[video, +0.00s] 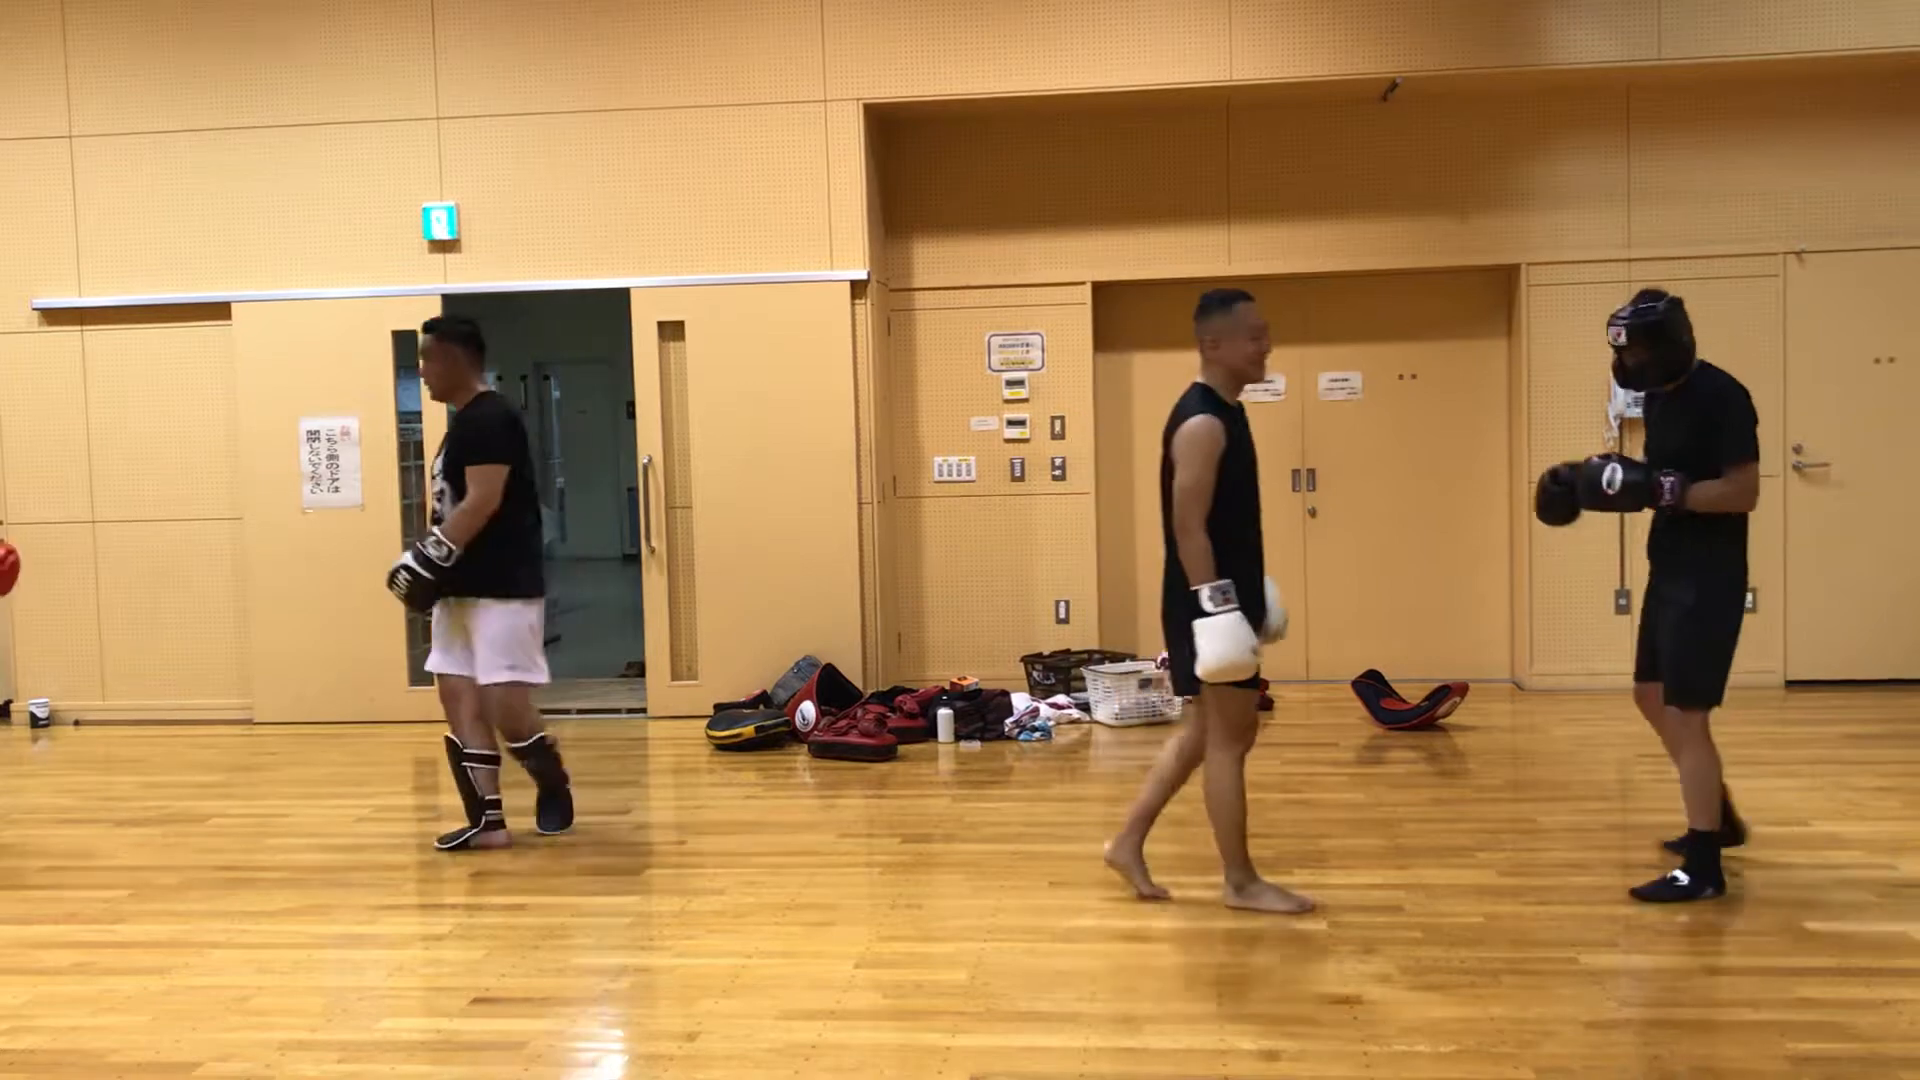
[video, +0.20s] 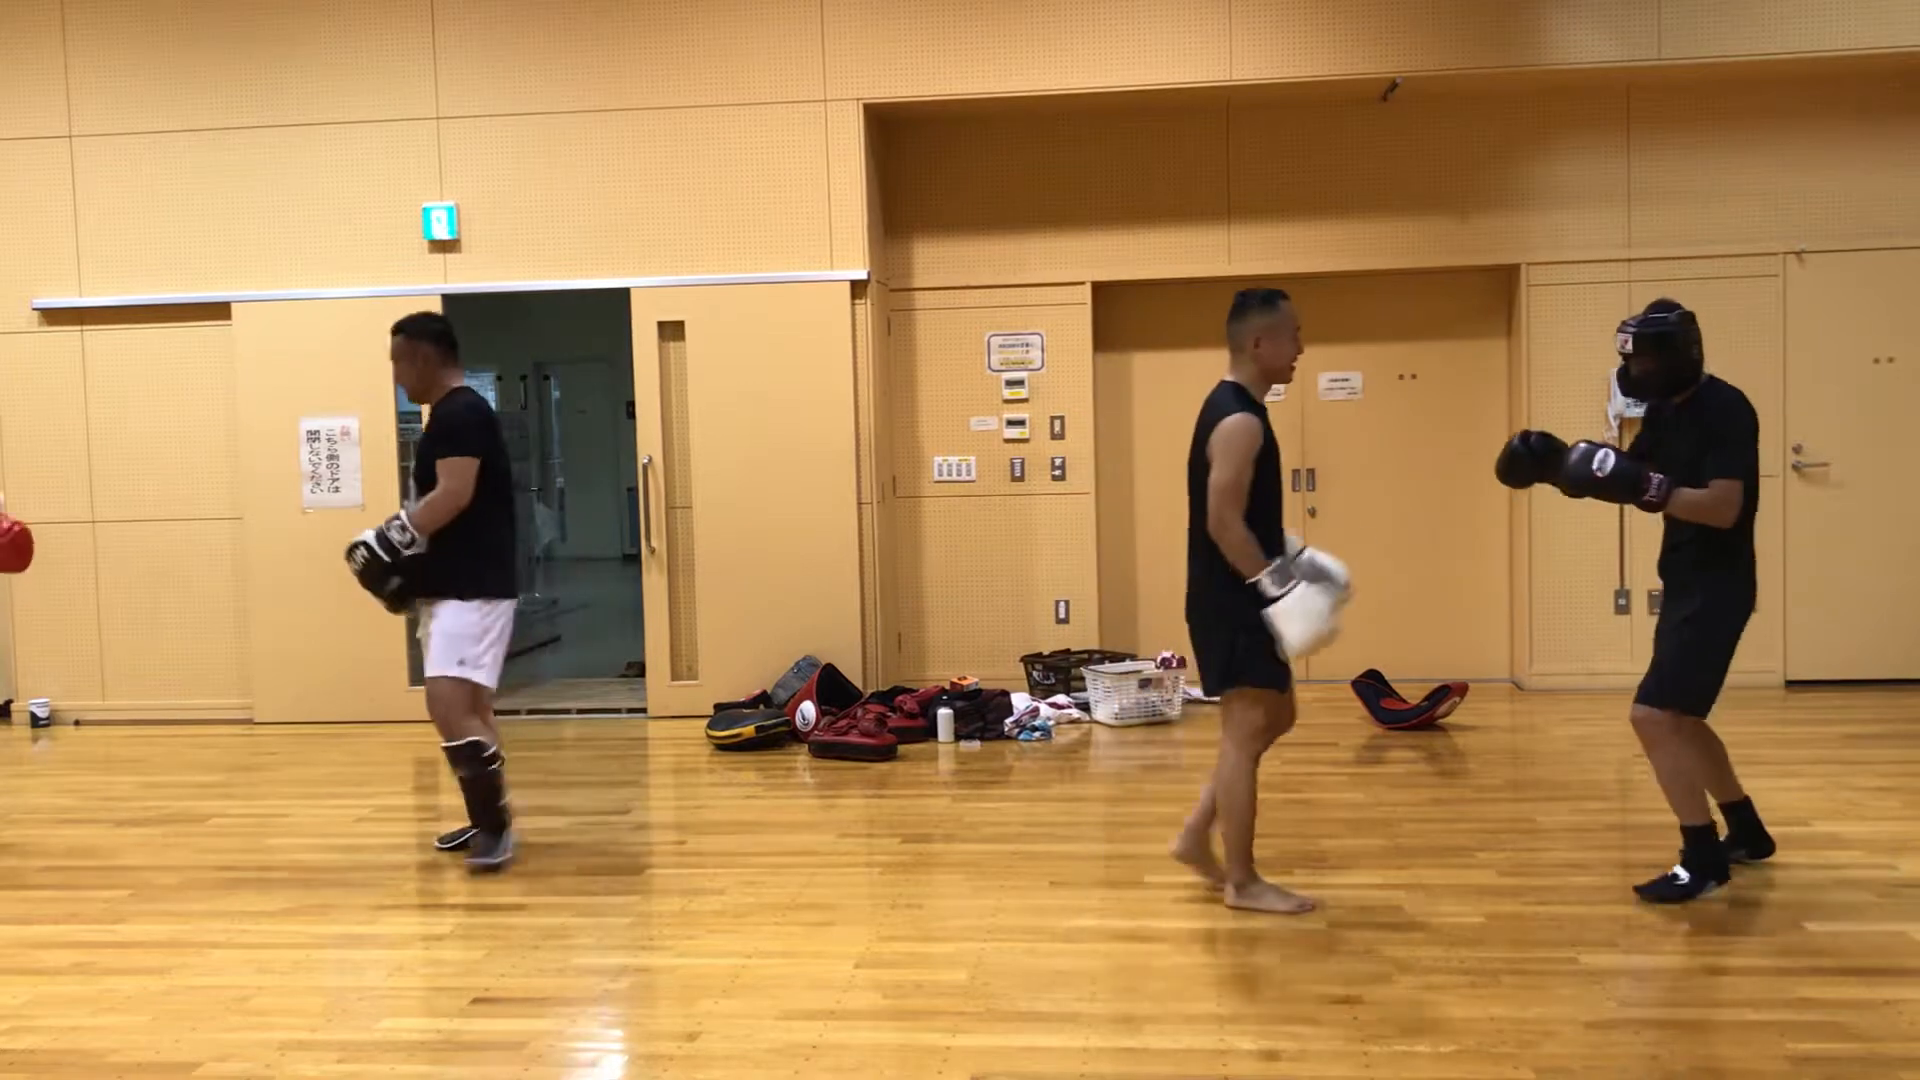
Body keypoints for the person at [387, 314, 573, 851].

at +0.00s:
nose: (422, 370)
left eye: (429, 359)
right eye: (422, 360)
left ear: (463, 360)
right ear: (454, 362)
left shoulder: (490, 418)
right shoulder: (462, 422)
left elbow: (483, 499)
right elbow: (454, 504)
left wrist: (430, 559)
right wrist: (423, 556)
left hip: (504, 585)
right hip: (459, 585)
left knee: (505, 703)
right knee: (458, 695)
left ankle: (551, 780)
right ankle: (486, 819)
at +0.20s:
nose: (396, 373)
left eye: (401, 361)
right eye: (395, 362)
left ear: (430, 358)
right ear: (433, 358)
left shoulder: (460, 413)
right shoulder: (448, 414)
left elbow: (455, 493)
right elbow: (448, 501)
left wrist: (389, 536)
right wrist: (402, 556)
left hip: (474, 586)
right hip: (464, 585)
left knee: (447, 698)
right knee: (471, 704)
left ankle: (492, 828)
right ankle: (490, 820)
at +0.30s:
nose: (375, 401)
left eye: (375, 388)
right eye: (370, 391)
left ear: (402, 369)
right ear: (397, 372)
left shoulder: (440, 414)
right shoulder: (425, 417)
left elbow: (432, 496)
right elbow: (423, 500)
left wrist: (367, 523)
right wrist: (372, 531)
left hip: (447, 593)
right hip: (451, 591)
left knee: (431, 710)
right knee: (472, 705)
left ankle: (421, 852)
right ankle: (490, 822)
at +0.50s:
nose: (330, 380)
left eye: (331, 367)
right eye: (327, 369)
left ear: (355, 360)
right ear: (381, 357)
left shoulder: (378, 425)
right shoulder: (416, 419)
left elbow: (349, 517)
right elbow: (389, 515)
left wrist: (292, 537)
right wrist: (315, 528)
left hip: (389, 606)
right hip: (417, 601)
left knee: (381, 723)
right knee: (410, 714)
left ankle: (396, 863)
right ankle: (470, 816)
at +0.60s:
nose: (309, 361)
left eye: (313, 350)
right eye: (310, 350)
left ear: (334, 353)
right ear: (365, 353)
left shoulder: (345, 423)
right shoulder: (401, 416)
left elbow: (318, 517)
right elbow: (404, 514)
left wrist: (261, 538)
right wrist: (312, 542)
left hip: (374, 607)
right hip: (393, 602)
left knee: (388, 726)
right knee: (355, 706)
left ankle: (397, 862)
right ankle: (416, 815)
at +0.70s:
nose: (286, 357)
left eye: (292, 347)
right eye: (289, 346)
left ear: (310, 354)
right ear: (344, 356)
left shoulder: (310, 428)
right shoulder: (384, 423)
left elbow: (282, 526)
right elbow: (389, 516)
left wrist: (235, 530)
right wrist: (303, 539)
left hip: (351, 611)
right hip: (377, 604)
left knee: (378, 727)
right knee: (325, 705)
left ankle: (397, 861)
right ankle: (343, 841)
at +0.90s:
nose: (249, 366)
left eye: (253, 355)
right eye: (253, 355)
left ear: (268, 359)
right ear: (309, 361)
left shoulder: (260, 435)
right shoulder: (349, 430)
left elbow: (222, 524)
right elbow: (380, 514)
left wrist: (179, 505)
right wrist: (315, 524)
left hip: (295, 615)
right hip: (338, 610)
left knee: (327, 733)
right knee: (287, 724)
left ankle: (390, 857)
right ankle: (288, 861)